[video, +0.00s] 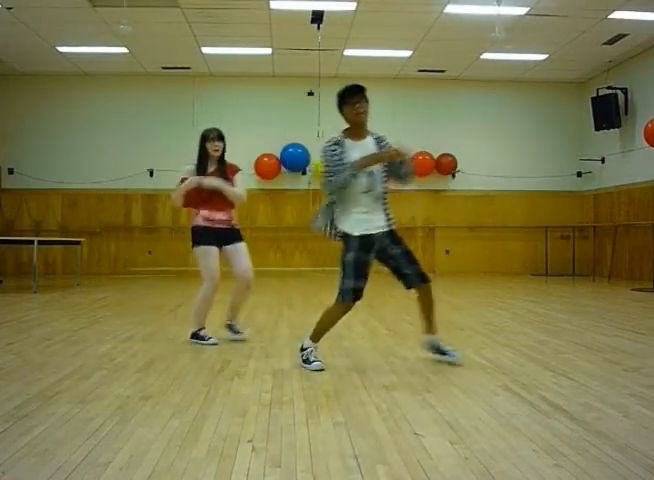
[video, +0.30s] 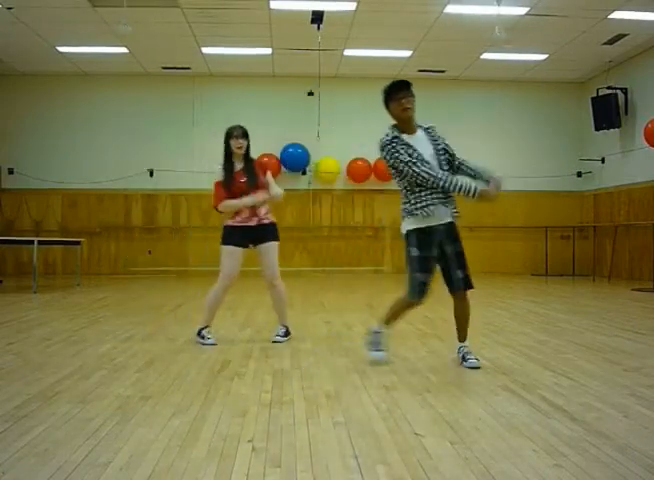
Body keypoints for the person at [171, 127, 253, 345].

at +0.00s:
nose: (216, 145)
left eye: (219, 141)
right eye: (211, 141)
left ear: (224, 144)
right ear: (203, 145)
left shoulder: (230, 170)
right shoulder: (193, 173)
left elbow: (240, 198)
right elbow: (177, 202)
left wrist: (219, 184)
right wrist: (186, 186)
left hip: (229, 227)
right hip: (203, 228)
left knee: (245, 276)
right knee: (211, 278)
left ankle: (231, 322)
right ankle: (198, 330)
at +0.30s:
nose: (239, 142)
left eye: (242, 138)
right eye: (234, 139)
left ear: (248, 142)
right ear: (228, 143)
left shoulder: (260, 168)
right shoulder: (223, 177)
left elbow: (278, 194)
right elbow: (222, 206)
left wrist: (269, 188)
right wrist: (251, 200)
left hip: (264, 225)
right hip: (236, 228)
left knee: (273, 278)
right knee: (227, 278)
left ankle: (283, 326)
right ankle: (204, 328)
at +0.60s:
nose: (250, 147)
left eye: (253, 143)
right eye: (245, 144)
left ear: (261, 145)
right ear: (241, 148)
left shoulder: (272, 169)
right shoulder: (241, 176)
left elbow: (281, 204)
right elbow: (233, 210)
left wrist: (283, 237)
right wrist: (223, 239)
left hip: (272, 229)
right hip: (248, 231)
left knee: (272, 278)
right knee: (241, 279)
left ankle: (283, 327)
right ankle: (261, 327)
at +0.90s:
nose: (243, 141)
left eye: (247, 137)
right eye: (239, 138)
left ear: (256, 139)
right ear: (236, 141)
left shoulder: (261, 162)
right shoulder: (240, 164)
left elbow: (274, 192)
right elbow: (241, 195)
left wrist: (256, 220)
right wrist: (234, 218)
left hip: (255, 226)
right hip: (236, 225)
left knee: (264, 275)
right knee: (221, 273)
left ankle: (289, 325)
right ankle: (219, 329)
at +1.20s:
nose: (228, 141)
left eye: (233, 137)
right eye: (225, 137)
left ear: (242, 140)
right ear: (222, 140)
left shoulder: (243, 162)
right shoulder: (225, 164)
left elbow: (257, 186)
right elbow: (228, 189)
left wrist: (233, 207)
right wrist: (219, 209)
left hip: (234, 225)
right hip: (218, 225)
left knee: (250, 276)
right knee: (208, 274)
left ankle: (287, 321)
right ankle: (219, 330)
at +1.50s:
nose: (210, 142)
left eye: (214, 138)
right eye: (207, 138)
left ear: (223, 141)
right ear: (204, 142)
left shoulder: (226, 162)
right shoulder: (212, 165)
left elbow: (242, 183)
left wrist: (221, 203)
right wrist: (210, 205)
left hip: (219, 226)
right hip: (211, 225)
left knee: (194, 277)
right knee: (202, 280)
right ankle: (218, 330)